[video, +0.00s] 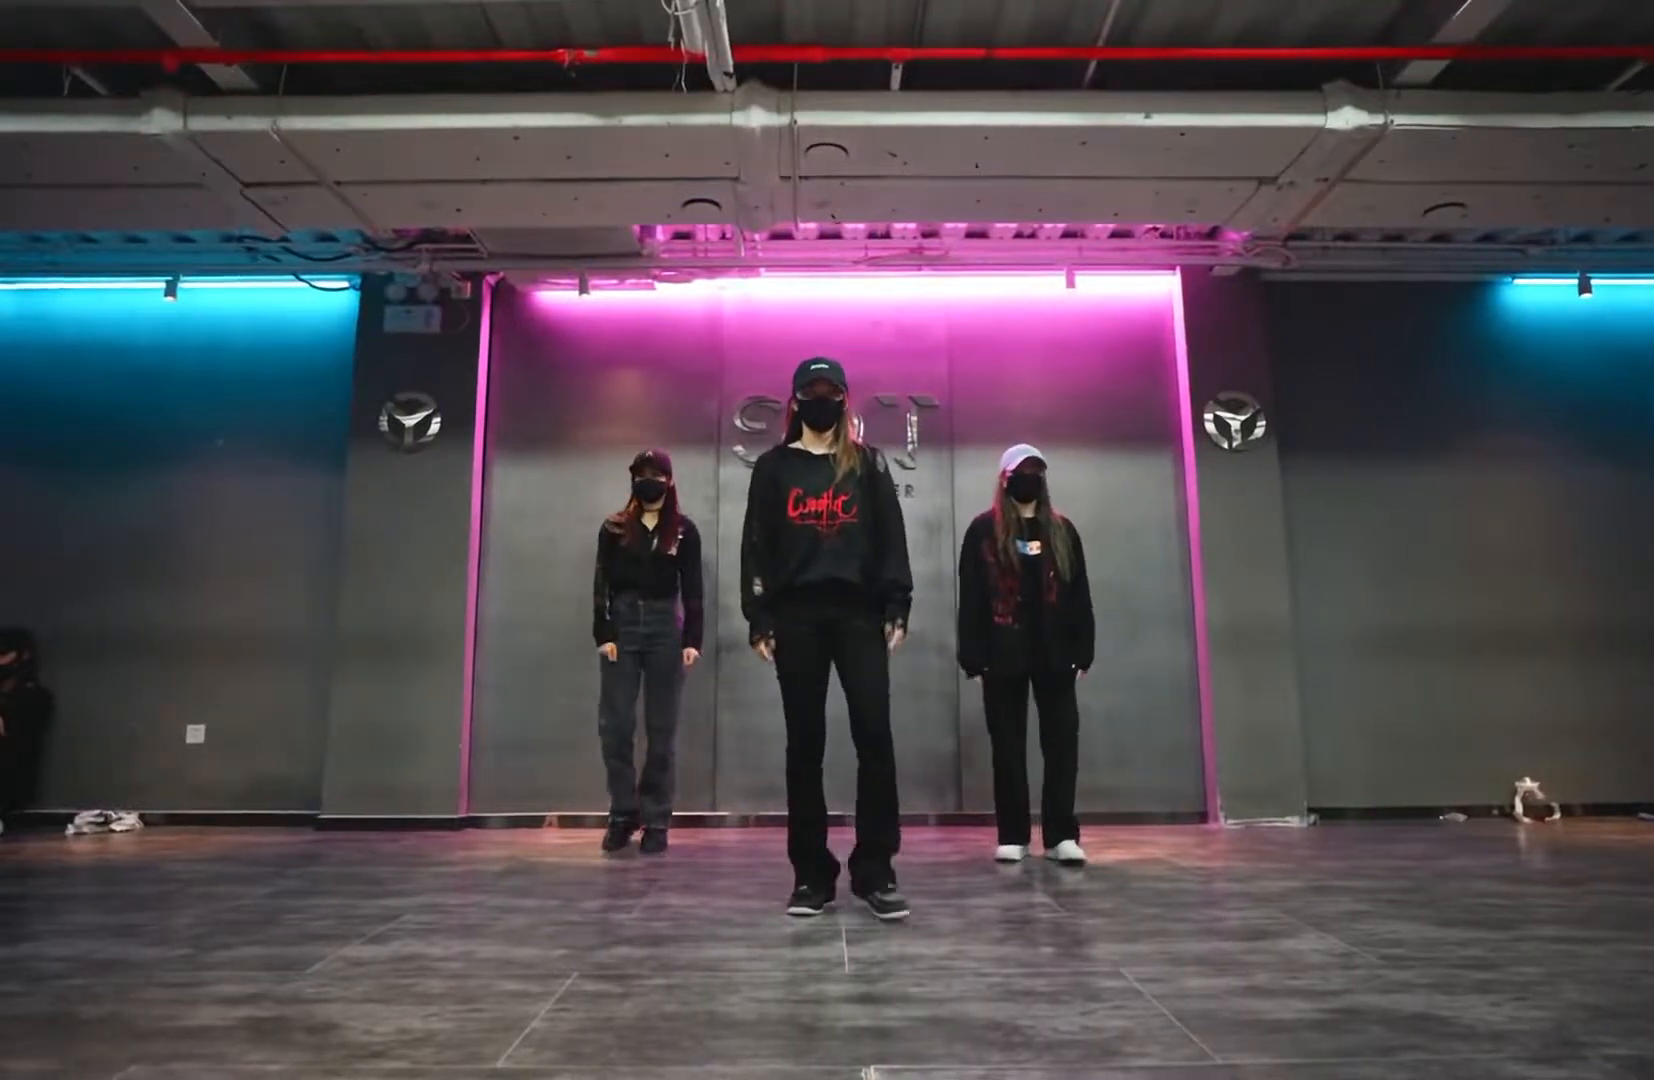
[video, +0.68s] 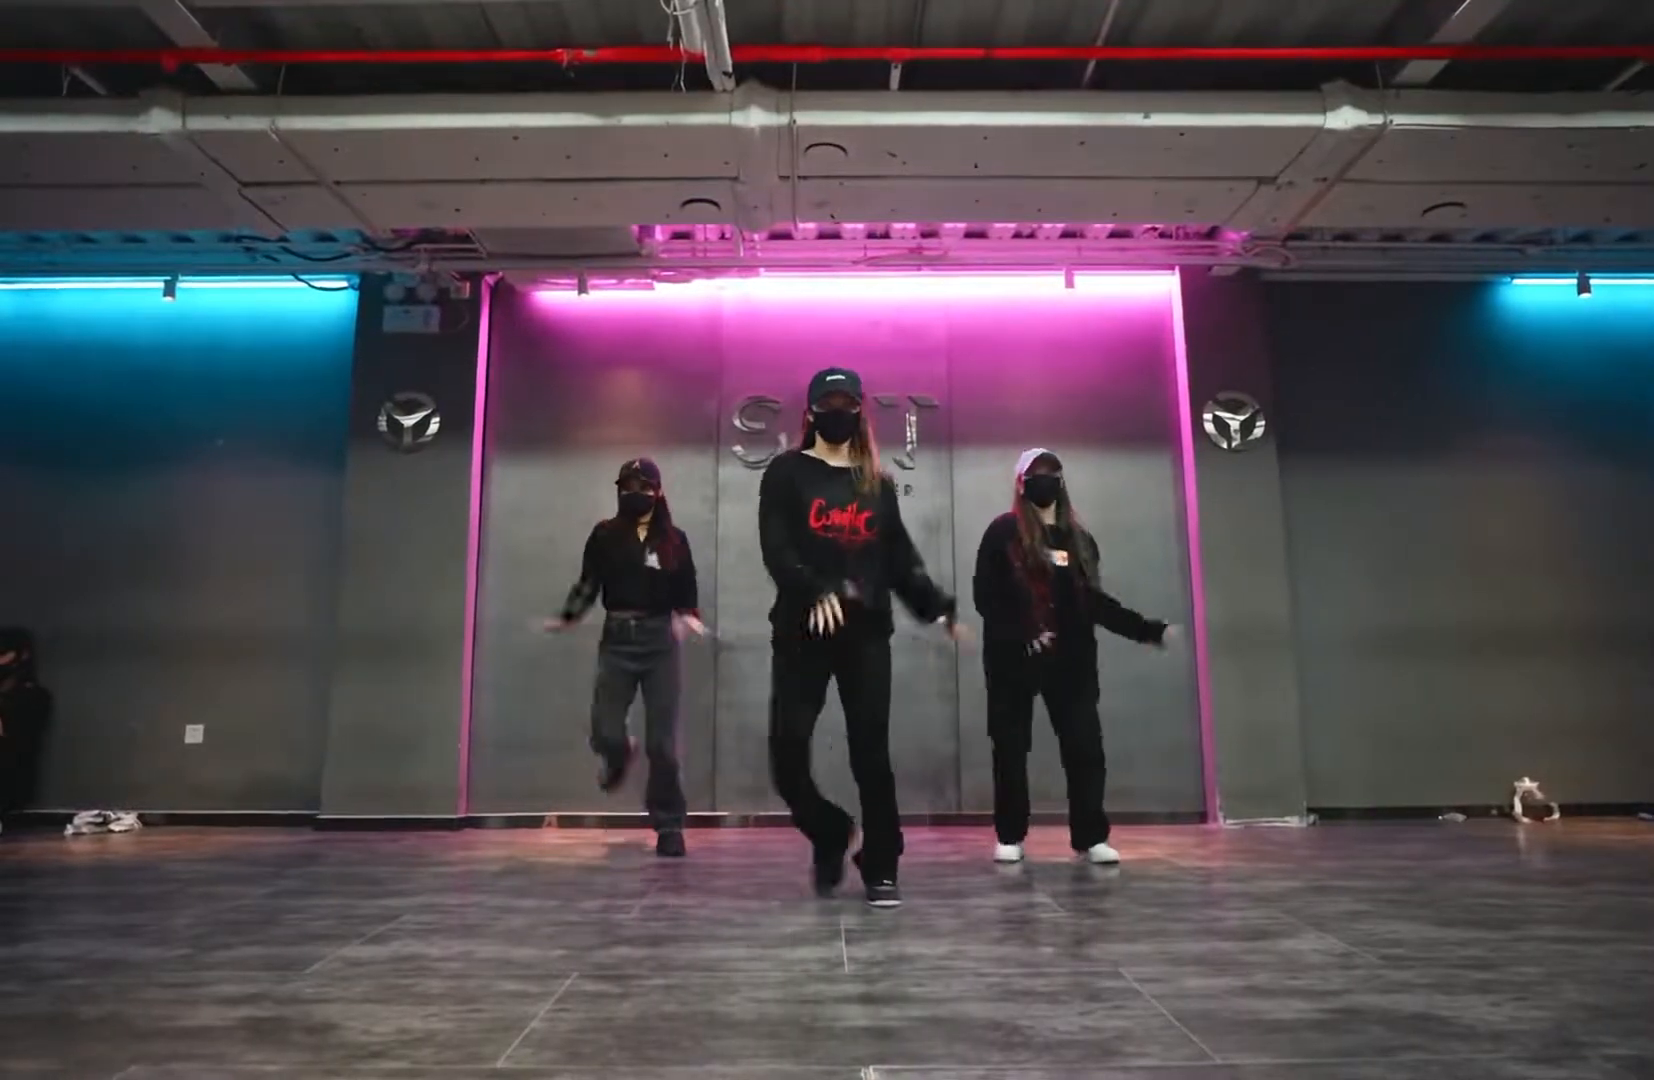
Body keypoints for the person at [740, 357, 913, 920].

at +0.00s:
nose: (822, 399)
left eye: (831, 391)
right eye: (812, 391)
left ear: (845, 397)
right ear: (796, 399)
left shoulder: (868, 464)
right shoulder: (772, 466)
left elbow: (893, 542)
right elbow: (754, 549)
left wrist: (896, 607)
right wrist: (759, 619)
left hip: (862, 617)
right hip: (796, 619)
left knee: (875, 740)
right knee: (805, 745)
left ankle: (875, 873)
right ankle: (811, 876)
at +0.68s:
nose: (839, 411)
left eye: (848, 403)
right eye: (829, 403)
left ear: (861, 412)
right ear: (811, 410)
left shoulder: (877, 483)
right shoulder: (784, 473)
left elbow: (899, 557)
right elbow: (776, 550)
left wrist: (935, 606)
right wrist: (812, 590)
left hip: (865, 633)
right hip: (802, 632)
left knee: (871, 755)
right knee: (787, 763)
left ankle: (881, 868)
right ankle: (830, 832)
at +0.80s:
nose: (824, 413)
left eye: (834, 403)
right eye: (814, 403)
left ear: (847, 410)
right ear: (798, 410)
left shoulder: (865, 479)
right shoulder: (772, 475)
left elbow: (909, 532)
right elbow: (748, 544)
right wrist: (694, 564)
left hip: (853, 643)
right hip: (786, 641)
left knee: (871, 763)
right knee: (734, 741)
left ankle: (880, 874)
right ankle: (721, 871)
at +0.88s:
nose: (813, 422)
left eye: (823, 412)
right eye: (803, 411)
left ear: (839, 421)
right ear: (788, 418)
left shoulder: (845, 485)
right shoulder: (763, 485)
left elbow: (837, 537)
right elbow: (710, 546)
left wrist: (782, 536)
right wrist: (646, 561)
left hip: (845, 650)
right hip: (779, 651)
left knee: (869, 765)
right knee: (719, 759)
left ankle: (882, 873)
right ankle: (653, 892)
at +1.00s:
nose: (768, 422)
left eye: (778, 412)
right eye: (757, 413)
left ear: (797, 420)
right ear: (743, 425)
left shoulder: (829, 487)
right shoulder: (733, 493)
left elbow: (853, 548)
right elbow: (698, 562)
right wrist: (652, 577)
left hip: (827, 655)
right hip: (760, 656)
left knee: (869, 771)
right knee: (702, 768)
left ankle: (881, 864)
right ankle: (635, 908)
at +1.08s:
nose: (772, 423)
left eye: (782, 413)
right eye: (760, 412)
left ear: (800, 421)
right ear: (743, 421)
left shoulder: (826, 493)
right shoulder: (727, 488)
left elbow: (901, 552)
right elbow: (713, 561)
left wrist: (962, 555)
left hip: (821, 665)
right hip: (751, 666)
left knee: (903, 759)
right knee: (704, 776)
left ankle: (868, 858)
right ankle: (635, 909)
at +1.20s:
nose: (848, 435)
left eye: (851, 424)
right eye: (839, 423)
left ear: (837, 426)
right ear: (806, 419)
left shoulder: (824, 487)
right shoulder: (777, 475)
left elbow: (866, 547)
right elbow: (763, 541)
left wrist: (940, 539)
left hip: (811, 661)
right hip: (762, 660)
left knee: (914, 742)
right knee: (730, 788)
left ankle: (873, 901)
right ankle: (635, 912)